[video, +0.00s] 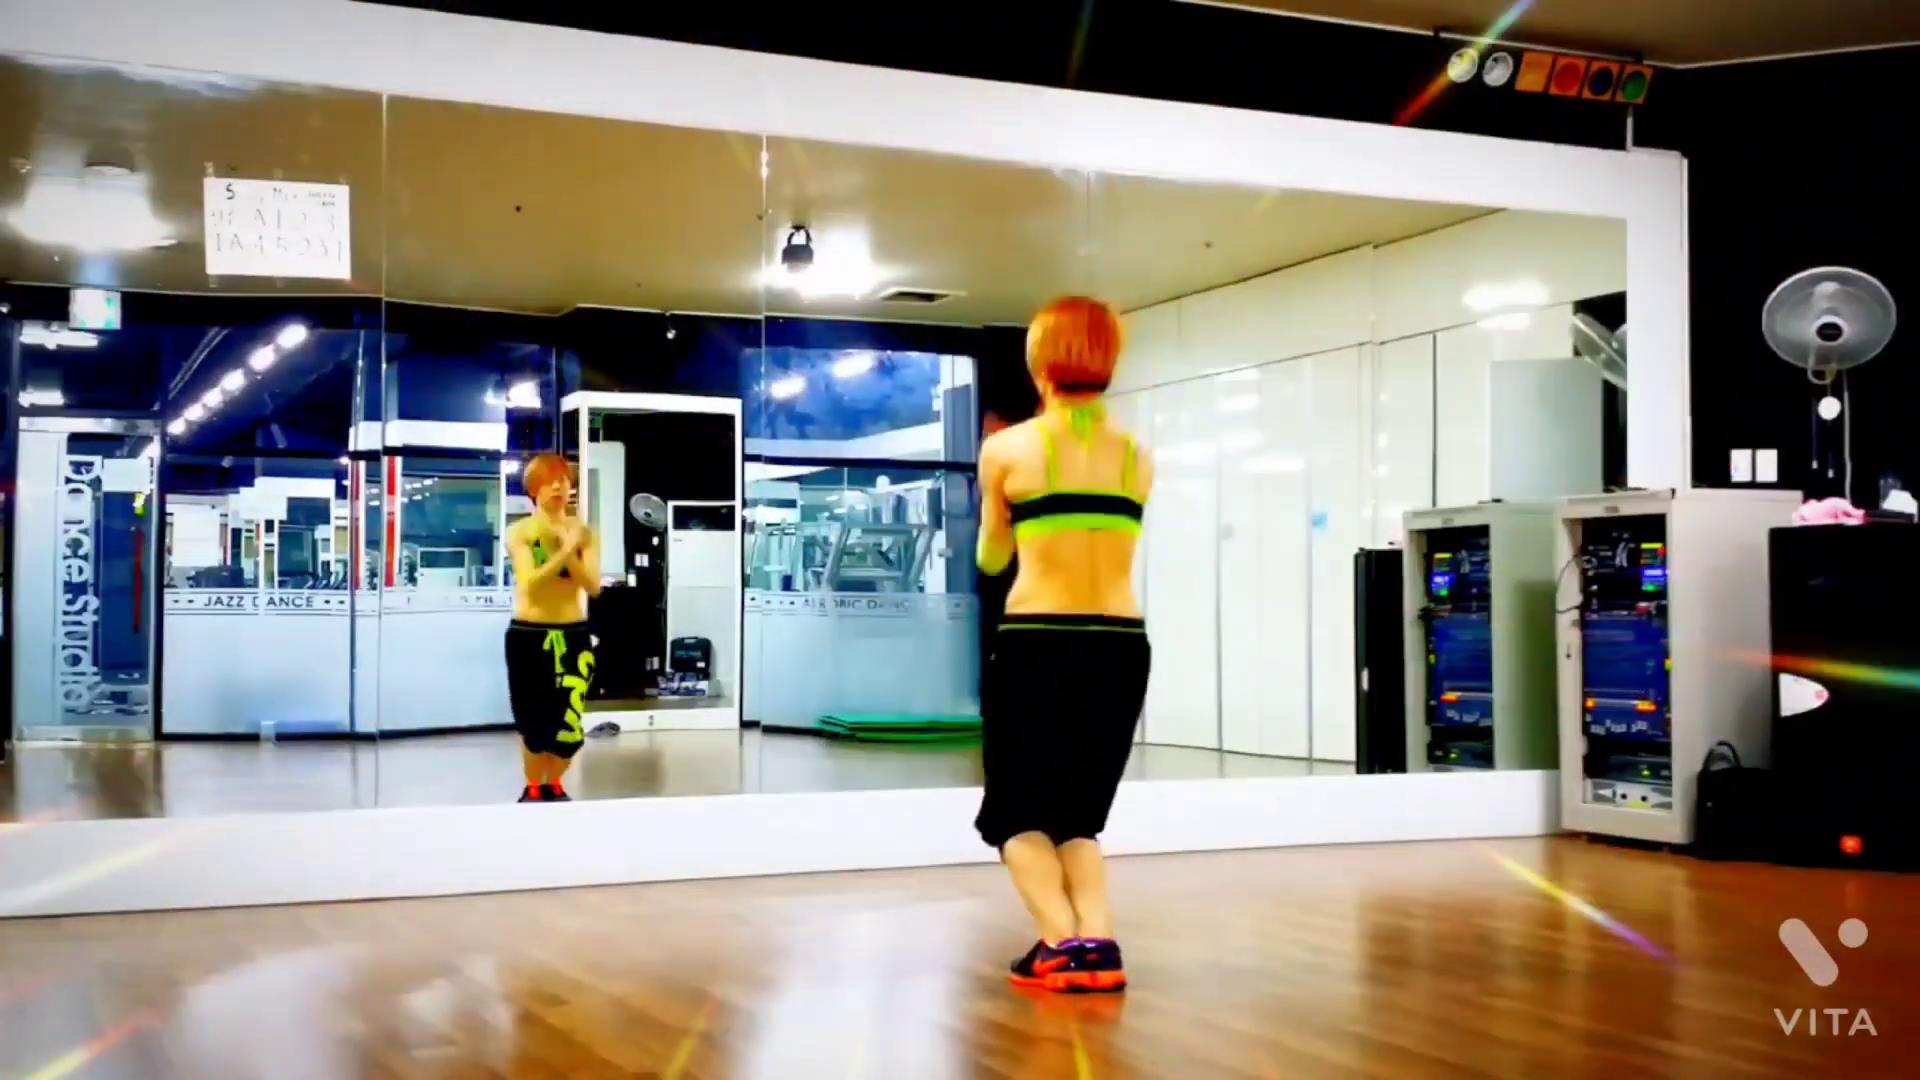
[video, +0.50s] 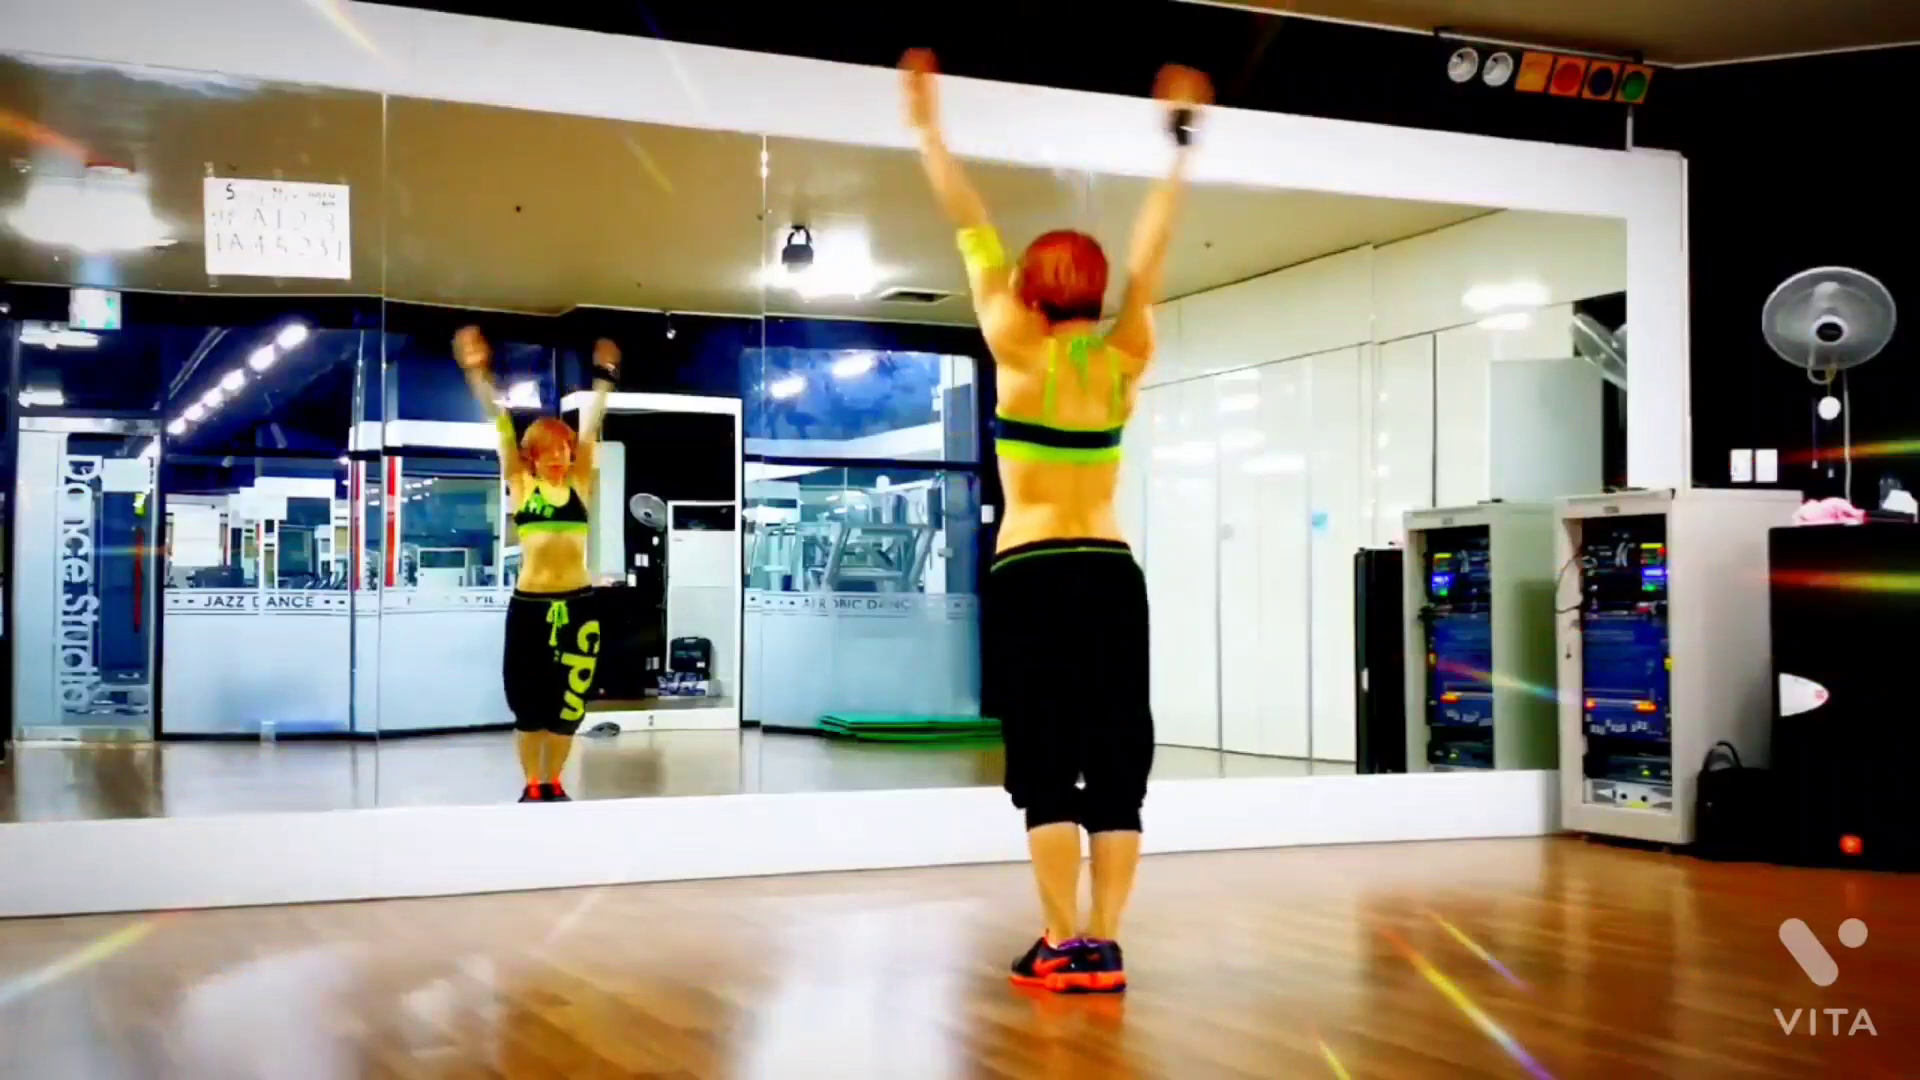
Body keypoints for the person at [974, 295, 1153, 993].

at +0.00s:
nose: (1033, 367)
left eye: (1035, 356)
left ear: (1037, 366)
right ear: (1109, 366)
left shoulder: (1008, 449)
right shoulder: (1137, 457)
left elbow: (994, 554)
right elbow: (1111, 539)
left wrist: (1006, 482)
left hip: (1035, 645)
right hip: (1119, 645)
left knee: (1014, 809)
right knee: (1078, 812)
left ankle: (1060, 940)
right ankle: (1097, 941)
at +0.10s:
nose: (1035, 336)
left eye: (1037, 326)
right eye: (1045, 326)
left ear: (1044, 332)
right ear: (1112, 329)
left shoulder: (1013, 404)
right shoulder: (1140, 419)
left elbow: (969, 466)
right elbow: (1112, 473)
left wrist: (995, 414)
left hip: (1030, 608)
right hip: (1113, 606)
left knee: (1021, 783)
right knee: (1091, 785)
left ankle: (1063, 936)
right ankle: (1099, 941)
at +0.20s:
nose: (1035, 306)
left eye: (1037, 295)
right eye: (1041, 294)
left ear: (1044, 304)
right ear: (1110, 302)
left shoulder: (1024, 371)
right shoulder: (1139, 383)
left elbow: (962, 360)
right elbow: (1095, 382)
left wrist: (993, 329)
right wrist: (1045, 343)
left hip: (1030, 585)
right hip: (1113, 584)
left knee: (1028, 765)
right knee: (1102, 769)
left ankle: (1061, 937)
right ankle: (1101, 943)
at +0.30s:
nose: (1033, 297)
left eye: (1039, 284)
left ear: (1042, 295)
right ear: (1114, 291)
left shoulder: (1021, 357)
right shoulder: (1133, 365)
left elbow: (979, 269)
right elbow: (1120, 298)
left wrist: (1003, 201)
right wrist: (1087, 232)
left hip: (1026, 570)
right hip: (1110, 568)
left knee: (1038, 761)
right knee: (1114, 762)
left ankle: (1060, 938)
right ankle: (1103, 944)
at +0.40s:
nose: (1020, 287)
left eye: (1025, 277)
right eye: (1088, 268)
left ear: (1031, 289)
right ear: (1106, 286)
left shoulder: (1019, 348)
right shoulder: (1125, 358)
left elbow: (995, 227)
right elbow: (1116, 245)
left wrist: (986, 125)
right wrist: (1096, 135)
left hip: (1026, 571)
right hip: (1107, 569)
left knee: (1039, 760)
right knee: (1119, 759)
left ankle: (1064, 939)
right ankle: (1103, 942)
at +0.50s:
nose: (1022, 290)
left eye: (1027, 281)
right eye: (1048, 279)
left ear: (1030, 290)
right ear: (1100, 292)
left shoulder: (1015, 346)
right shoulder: (1119, 357)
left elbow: (972, 230)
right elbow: (1147, 258)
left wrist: (926, 127)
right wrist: (1181, 147)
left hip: (1026, 570)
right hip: (1108, 569)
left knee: (1038, 757)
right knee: (1120, 758)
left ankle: (1064, 937)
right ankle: (1102, 942)